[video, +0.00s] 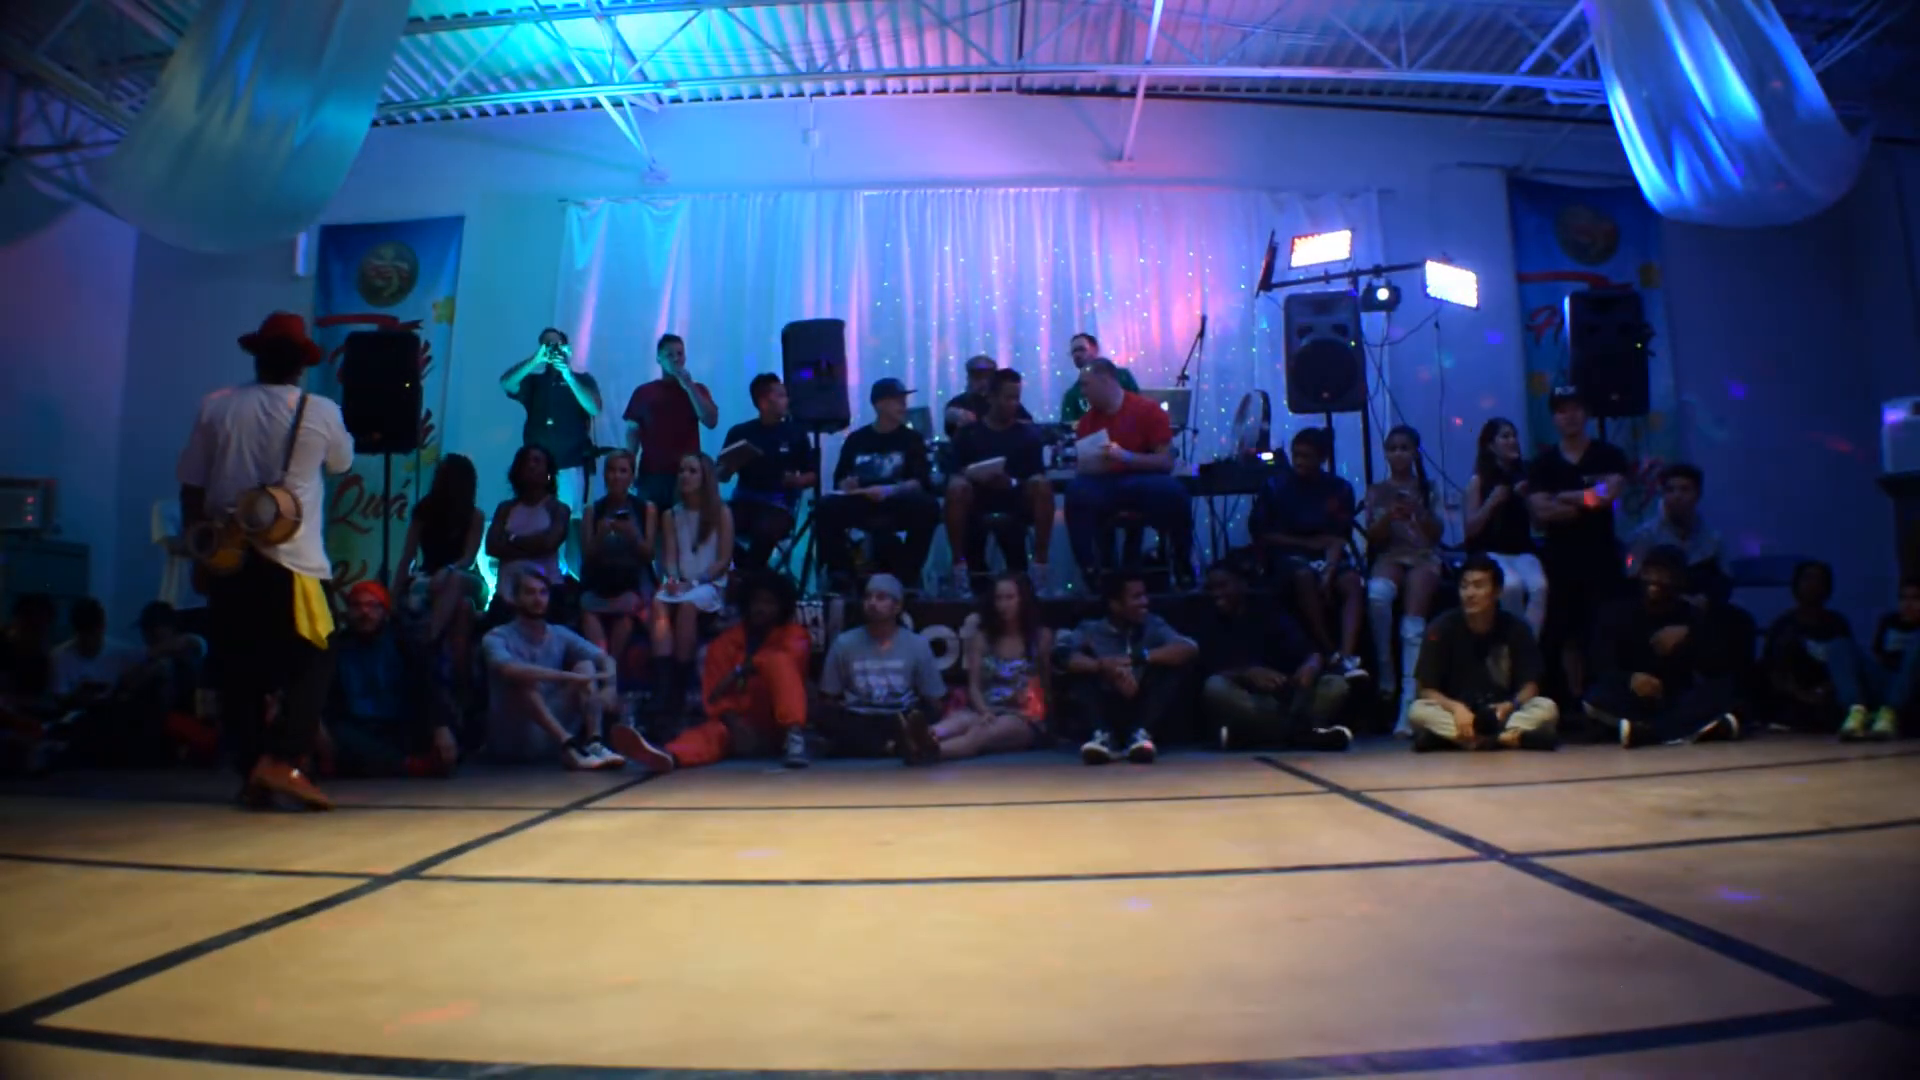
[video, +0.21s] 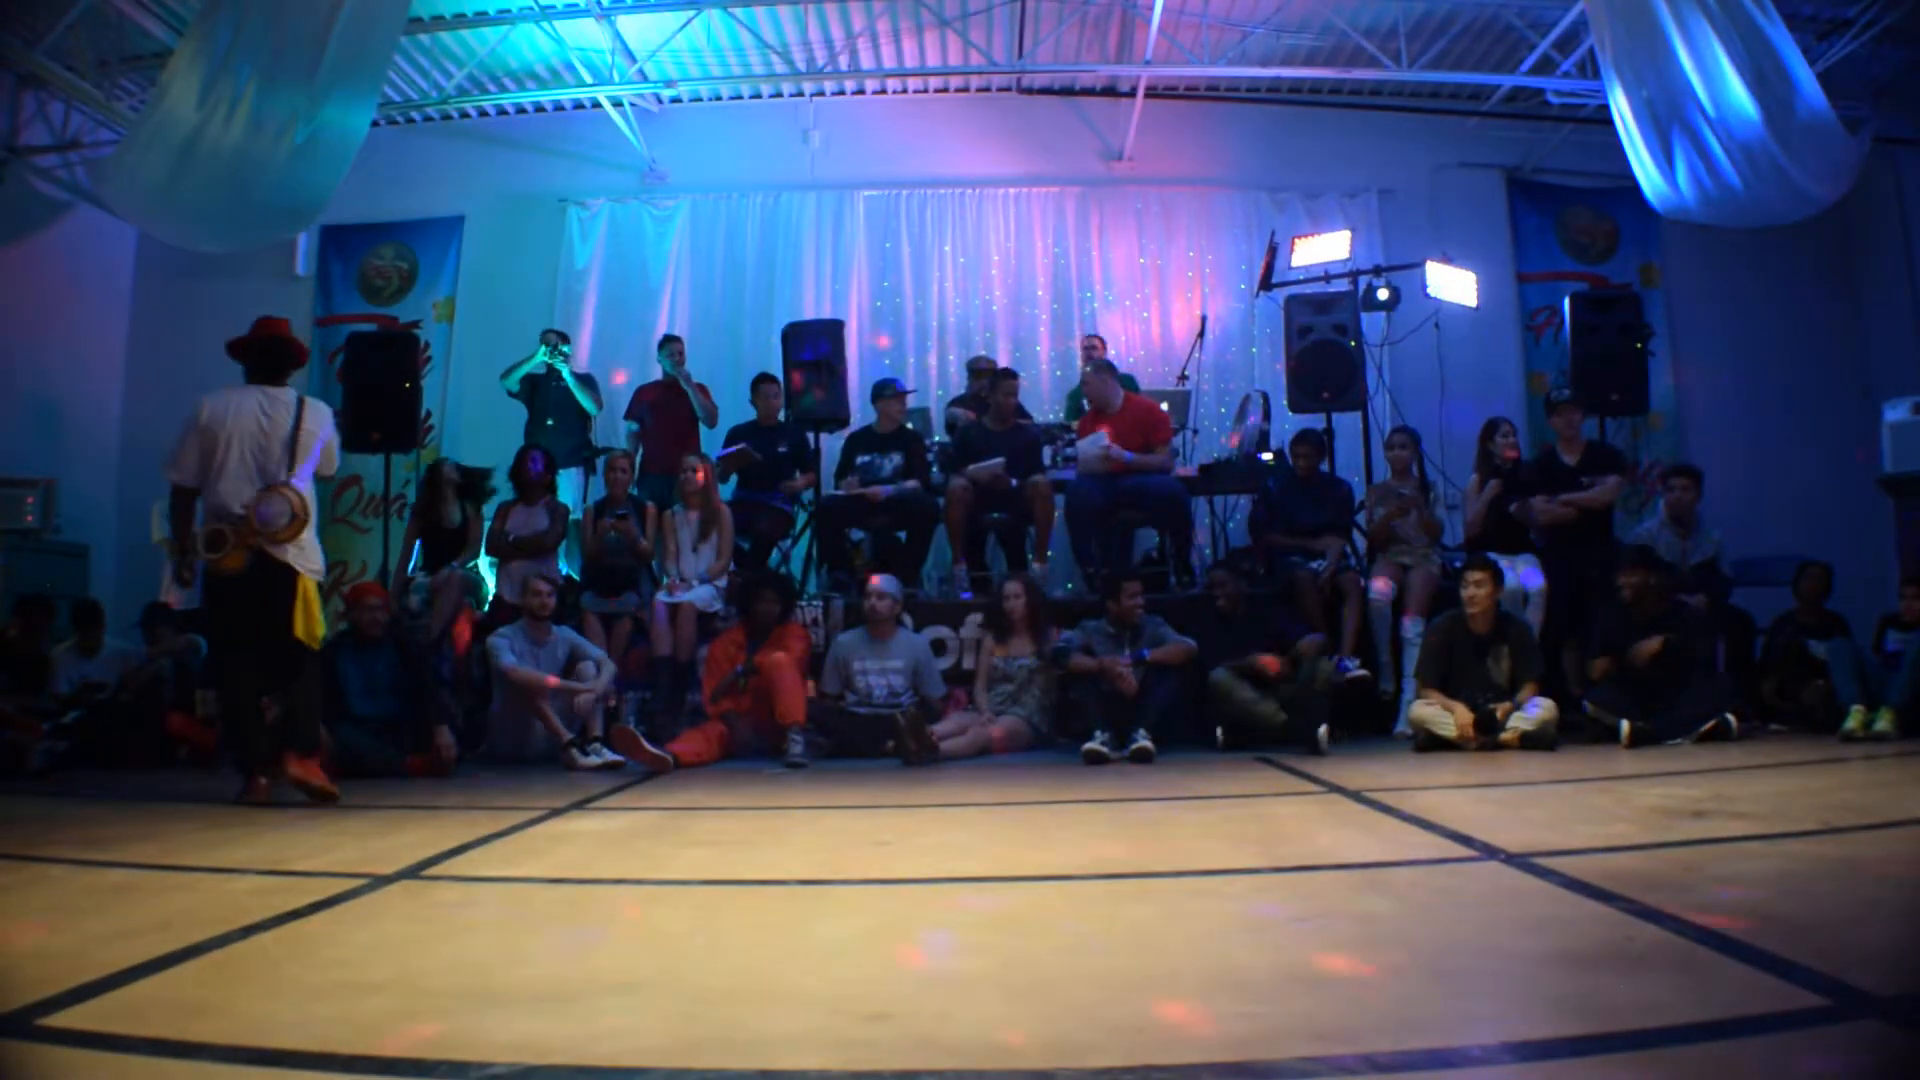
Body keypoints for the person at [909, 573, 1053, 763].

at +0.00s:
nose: (1003, 604)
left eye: (1009, 597)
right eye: (998, 598)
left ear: (1023, 600)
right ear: (992, 602)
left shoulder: (1040, 637)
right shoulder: (982, 638)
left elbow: (1046, 682)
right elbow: (974, 686)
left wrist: (1048, 719)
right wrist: (985, 712)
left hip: (1024, 713)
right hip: (989, 709)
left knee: (984, 734)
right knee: (961, 720)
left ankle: (934, 752)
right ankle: (922, 737)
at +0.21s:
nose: (1011, 605)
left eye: (1017, 597)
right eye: (1006, 599)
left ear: (1031, 600)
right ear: (1000, 603)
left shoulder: (1046, 638)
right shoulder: (992, 640)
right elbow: (980, 686)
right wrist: (986, 712)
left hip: (1028, 713)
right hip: (993, 710)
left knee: (984, 735)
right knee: (958, 720)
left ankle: (932, 752)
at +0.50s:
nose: (1016, 603)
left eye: (1022, 597)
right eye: (1011, 597)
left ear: (1036, 600)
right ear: (1004, 602)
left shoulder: (1049, 640)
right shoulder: (993, 640)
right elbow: (979, 687)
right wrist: (986, 712)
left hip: (1030, 715)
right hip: (993, 711)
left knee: (980, 736)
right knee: (957, 721)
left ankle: (930, 752)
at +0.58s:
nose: (1014, 602)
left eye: (1021, 595)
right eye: (1009, 596)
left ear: (1034, 599)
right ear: (1002, 601)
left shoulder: (1048, 640)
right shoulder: (992, 641)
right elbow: (979, 685)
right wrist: (984, 712)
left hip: (1028, 715)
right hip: (992, 711)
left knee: (980, 736)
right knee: (958, 720)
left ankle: (929, 752)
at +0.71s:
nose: (1014, 601)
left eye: (1020, 594)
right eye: (1008, 595)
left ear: (1032, 598)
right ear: (1001, 600)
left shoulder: (1047, 638)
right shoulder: (991, 640)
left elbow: (1054, 684)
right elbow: (978, 686)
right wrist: (984, 711)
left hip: (1028, 712)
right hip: (992, 709)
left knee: (981, 735)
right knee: (956, 720)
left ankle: (931, 752)